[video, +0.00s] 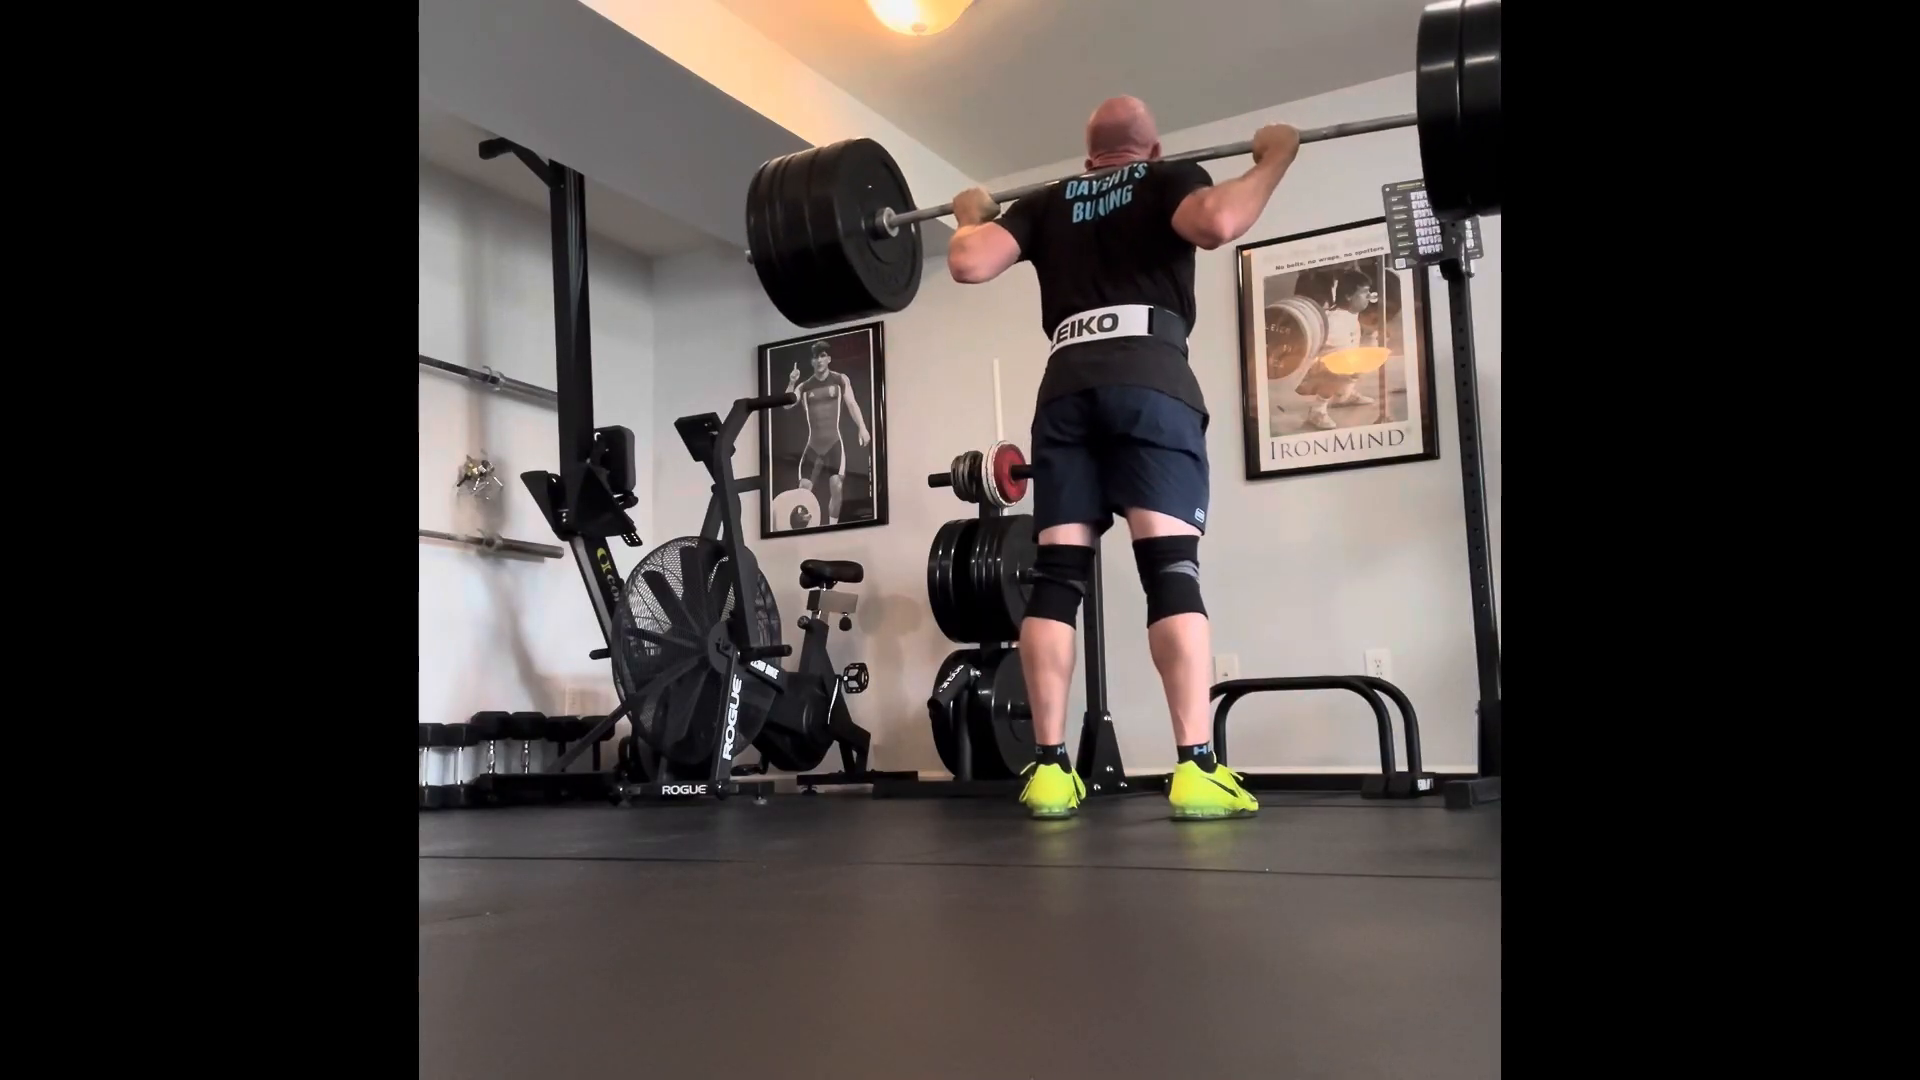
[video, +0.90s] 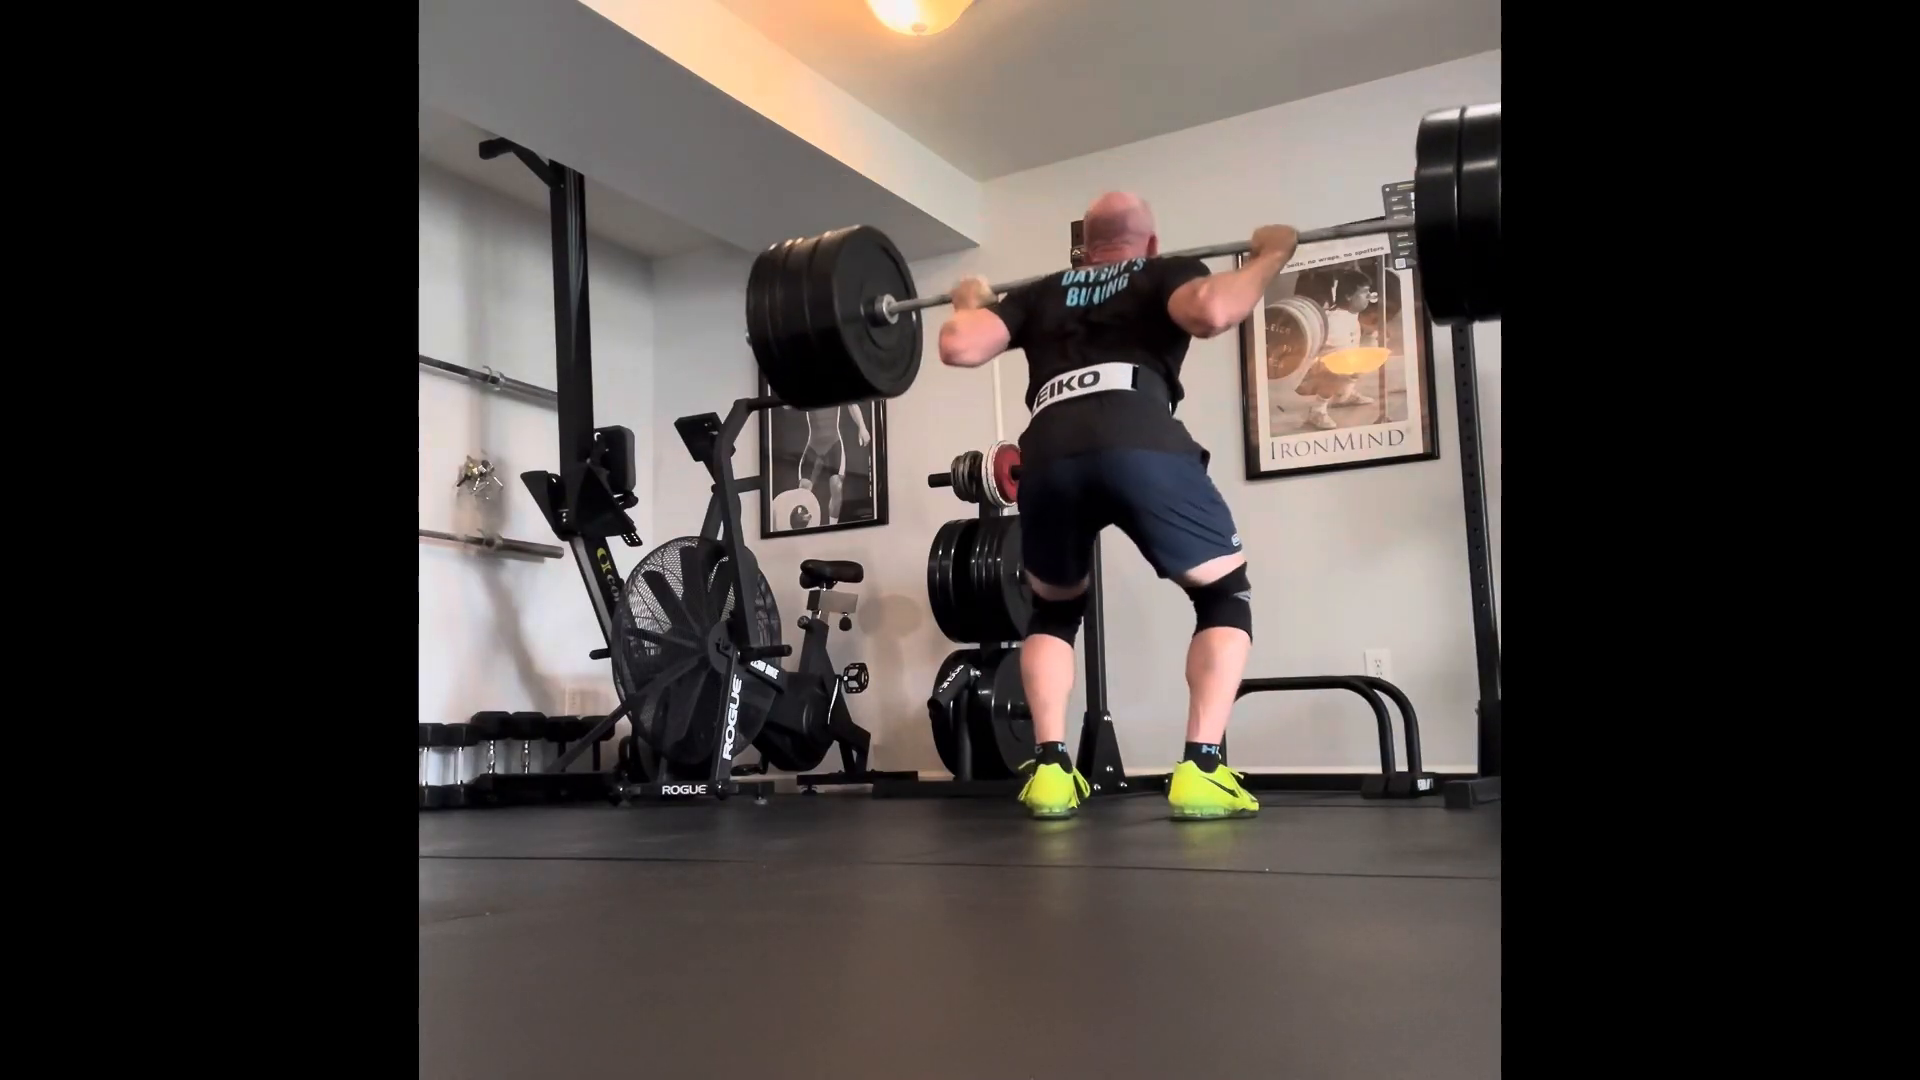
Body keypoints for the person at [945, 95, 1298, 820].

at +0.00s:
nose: (1147, 151)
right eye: (1152, 142)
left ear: (1085, 153)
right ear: (1154, 147)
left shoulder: (1045, 203)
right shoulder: (1167, 179)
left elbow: (969, 262)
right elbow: (1218, 220)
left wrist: (969, 215)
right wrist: (1272, 159)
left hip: (1066, 383)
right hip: (1153, 380)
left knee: (1056, 574)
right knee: (1170, 571)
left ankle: (1050, 764)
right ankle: (1197, 763)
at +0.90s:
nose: (1151, 244)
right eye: (1150, 236)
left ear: (1079, 246)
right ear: (1150, 244)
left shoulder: (1038, 294)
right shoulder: (1165, 271)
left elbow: (956, 346)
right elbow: (1214, 312)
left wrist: (967, 301)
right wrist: (1271, 254)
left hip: (1049, 450)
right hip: (1141, 438)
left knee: (1053, 612)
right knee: (1222, 598)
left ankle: (1050, 765)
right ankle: (1201, 765)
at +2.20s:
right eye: (1170, 427)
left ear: (1103, 432)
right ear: (1169, 432)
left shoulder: (1047, 474)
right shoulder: (1182, 462)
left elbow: (966, 550)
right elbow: (1229, 520)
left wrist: (977, 488)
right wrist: (1290, 459)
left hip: (1039, 626)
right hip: (1143, 616)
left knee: (1040, 635)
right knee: (1243, 608)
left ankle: (1053, 767)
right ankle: (1202, 767)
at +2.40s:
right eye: (1171, 405)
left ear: (1102, 413)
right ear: (1169, 410)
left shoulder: (1043, 449)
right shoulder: (1179, 436)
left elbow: (965, 527)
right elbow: (1222, 489)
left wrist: (975, 463)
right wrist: (1288, 434)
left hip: (1033, 584)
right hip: (1136, 577)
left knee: (1056, 633)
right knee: (1230, 607)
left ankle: (1054, 768)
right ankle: (1201, 767)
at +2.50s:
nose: (1166, 388)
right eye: (1166, 382)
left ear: (1103, 388)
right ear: (1162, 387)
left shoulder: (1046, 426)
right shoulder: (1176, 413)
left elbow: (961, 494)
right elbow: (1218, 455)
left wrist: (972, 441)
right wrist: (1282, 410)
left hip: (1028, 552)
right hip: (1128, 543)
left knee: (1068, 630)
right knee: (1216, 610)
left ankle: (1055, 769)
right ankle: (1199, 768)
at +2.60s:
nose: (1172, 367)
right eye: (1170, 362)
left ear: (1102, 363)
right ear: (1164, 364)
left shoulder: (1045, 401)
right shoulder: (1172, 388)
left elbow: (961, 465)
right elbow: (1216, 427)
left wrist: (974, 414)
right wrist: (1279, 386)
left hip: (1028, 526)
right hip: (1124, 513)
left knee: (1076, 622)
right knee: (1206, 608)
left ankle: (1054, 770)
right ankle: (1199, 767)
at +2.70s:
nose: (1167, 343)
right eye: (1167, 336)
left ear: (1098, 338)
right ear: (1161, 338)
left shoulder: (1042, 379)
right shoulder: (1168, 364)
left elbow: (961, 446)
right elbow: (1213, 401)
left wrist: (972, 394)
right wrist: (1276, 360)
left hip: (1026, 509)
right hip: (1122, 496)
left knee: (1087, 615)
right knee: (1205, 605)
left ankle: (1055, 770)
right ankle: (1199, 767)